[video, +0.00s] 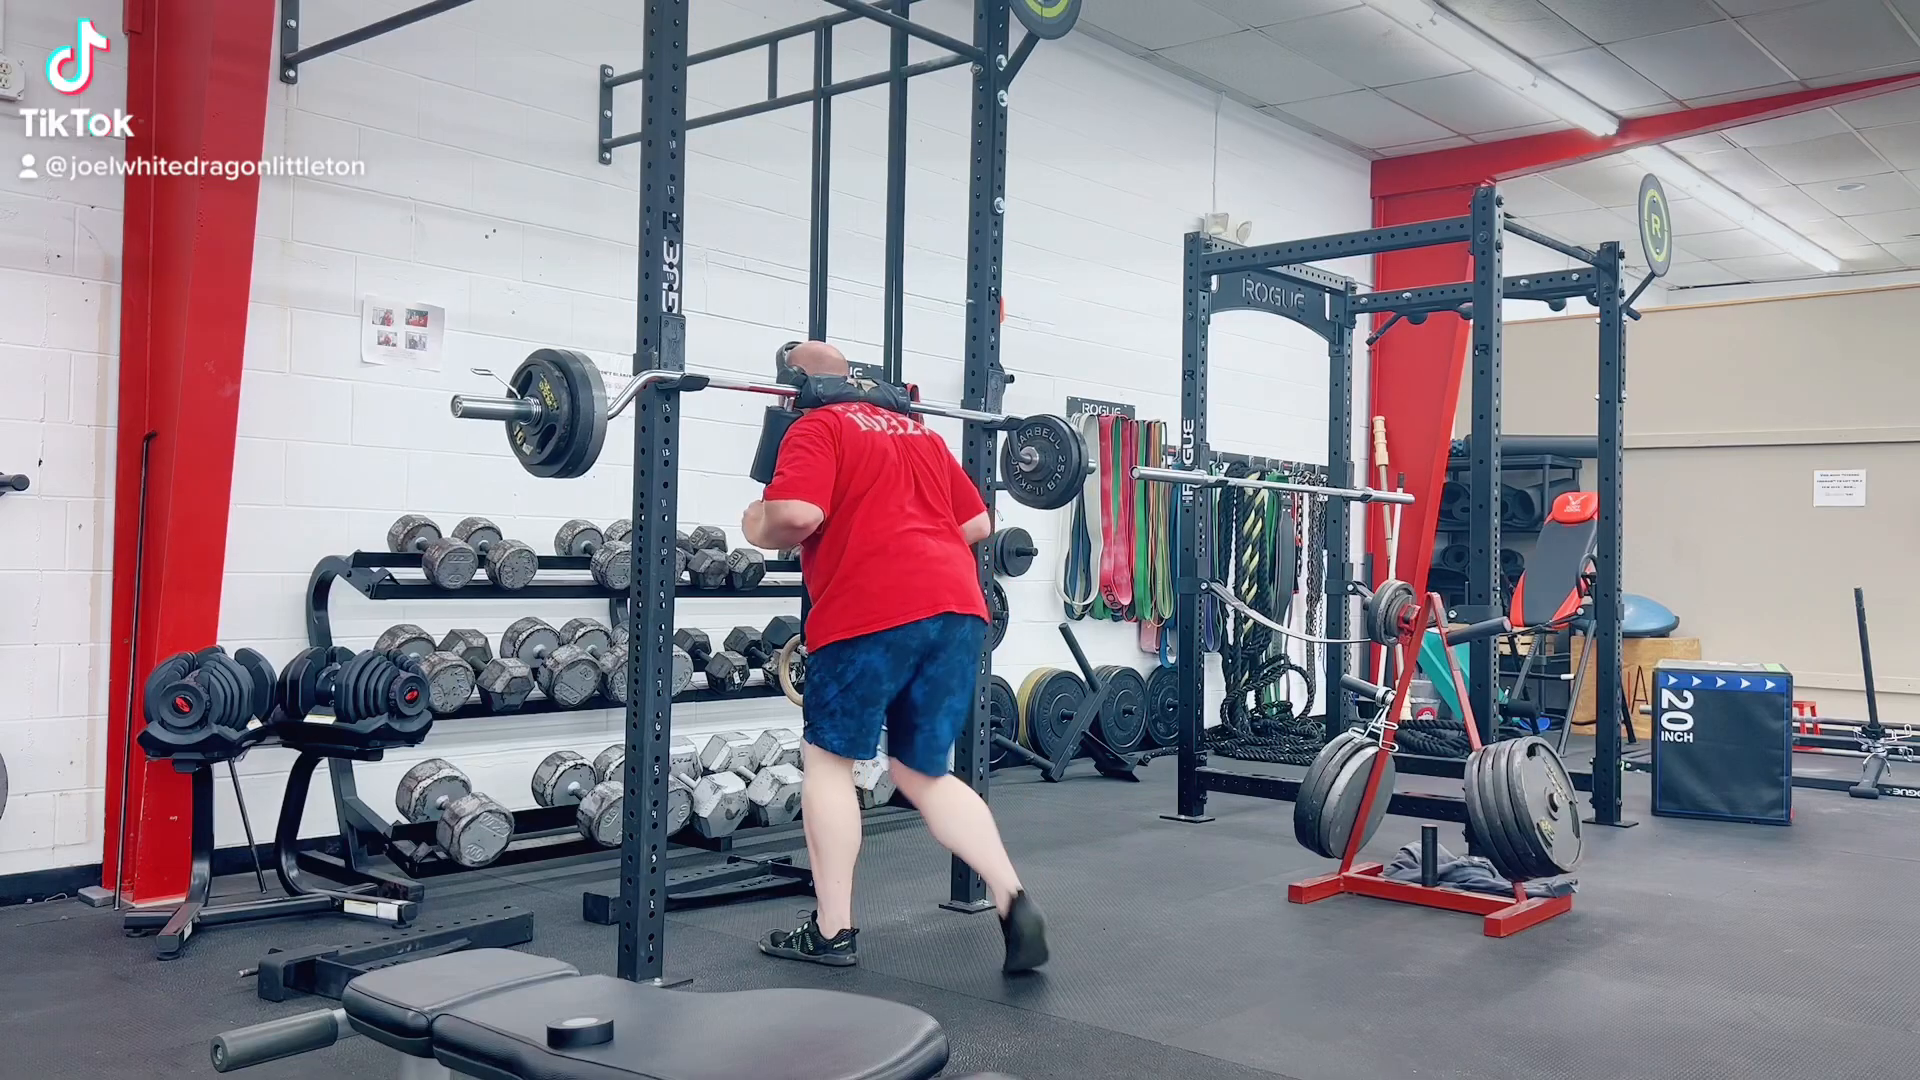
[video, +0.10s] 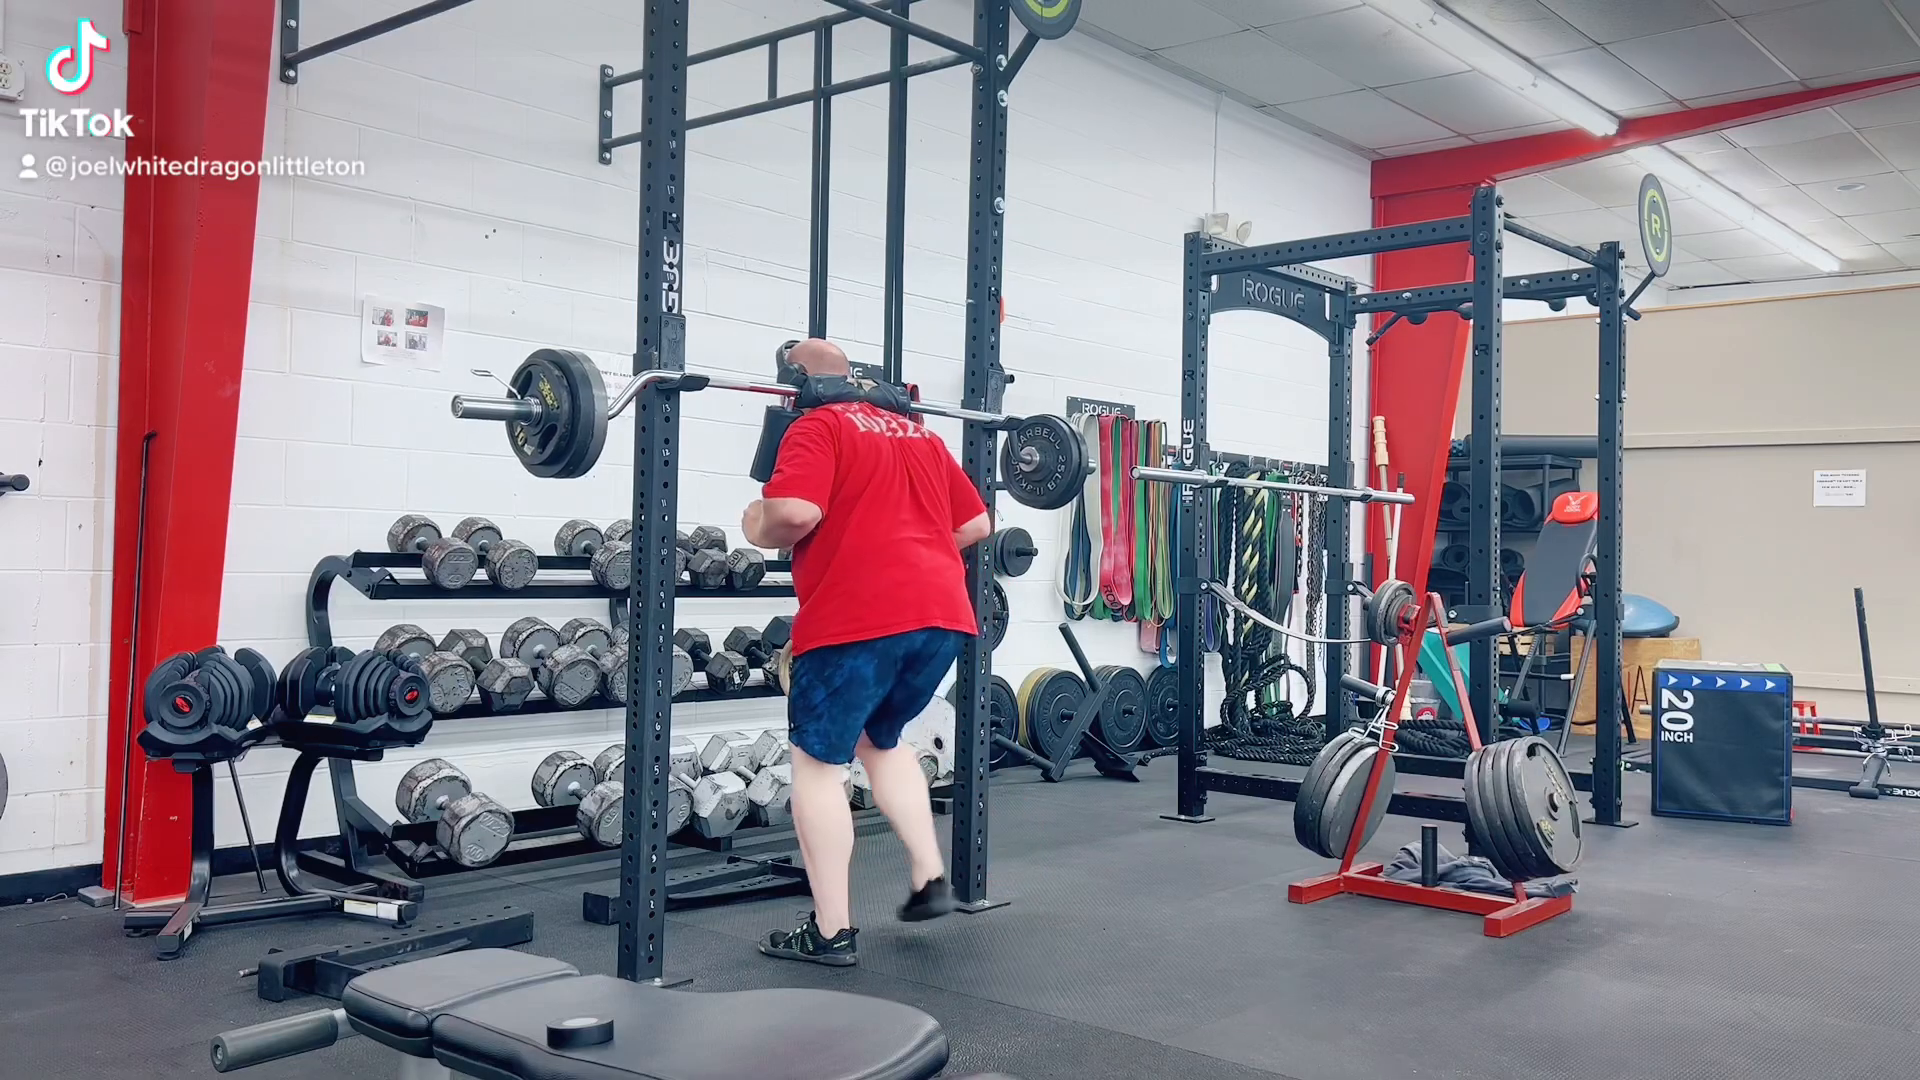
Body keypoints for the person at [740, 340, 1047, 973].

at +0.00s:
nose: (784, 397)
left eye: (785, 388)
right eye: (785, 386)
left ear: (799, 390)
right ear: (851, 378)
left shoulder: (816, 427)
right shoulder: (918, 431)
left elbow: (801, 514)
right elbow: (978, 522)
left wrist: (760, 526)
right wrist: (911, 544)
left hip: (870, 608)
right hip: (959, 606)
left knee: (830, 759)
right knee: (920, 769)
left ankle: (833, 929)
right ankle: (1012, 896)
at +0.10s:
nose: (787, 398)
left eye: (786, 387)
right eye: (787, 386)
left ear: (798, 386)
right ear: (851, 379)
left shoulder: (815, 425)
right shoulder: (918, 433)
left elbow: (799, 511)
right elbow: (976, 524)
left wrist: (760, 527)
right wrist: (917, 550)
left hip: (856, 615)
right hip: (943, 614)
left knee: (818, 763)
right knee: (883, 737)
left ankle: (832, 931)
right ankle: (930, 878)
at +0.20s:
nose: (785, 397)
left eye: (785, 386)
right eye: (786, 385)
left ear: (797, 387)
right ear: (851, 380)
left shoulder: (817, 430)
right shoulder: (919, 436)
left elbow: (802, 517)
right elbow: (976, 523)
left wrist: (759, 526)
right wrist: (913, 546)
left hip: (860, 624)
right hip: (942, 625)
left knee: (803, 766)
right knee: (872, 757)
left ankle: (829, 929)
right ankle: (900, 906)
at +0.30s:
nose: (784, 396)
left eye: (784, 384)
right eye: (785, 382)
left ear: (795, 386)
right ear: (851, 379)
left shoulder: (818, 431)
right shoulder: (914, 434)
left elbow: (804, 521)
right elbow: (975, 519)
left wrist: (758, 525)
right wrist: (913, 549)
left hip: (861, 629)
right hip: (942, 628)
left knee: (786, 763)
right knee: (868, 758)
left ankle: (806, 931)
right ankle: (899, 906)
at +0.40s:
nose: (784, 393)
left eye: (785, 381)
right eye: (786, 380)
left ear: (798, 381)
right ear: (852, 375)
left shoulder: (817, 429)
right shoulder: (913, 434)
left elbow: (800, 519)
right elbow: (972, 520)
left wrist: (754, 523)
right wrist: (911, 545)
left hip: (852, 627)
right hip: (934, 629)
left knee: (782, 760)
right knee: (864, 758)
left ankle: (802, 931)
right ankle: (901, 906)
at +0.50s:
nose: (786, 394)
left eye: (786, 381)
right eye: (788, 380)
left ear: (799, 383)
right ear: (854, 375)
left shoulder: (818, 432)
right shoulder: (912, 433)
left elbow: (802, 521)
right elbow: (973, 521)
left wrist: (756, 522)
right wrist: (909, 545)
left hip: (846, 631)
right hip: (928, 632)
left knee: (777, 765)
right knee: (859, 763)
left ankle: (800, 933)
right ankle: (913, 906)